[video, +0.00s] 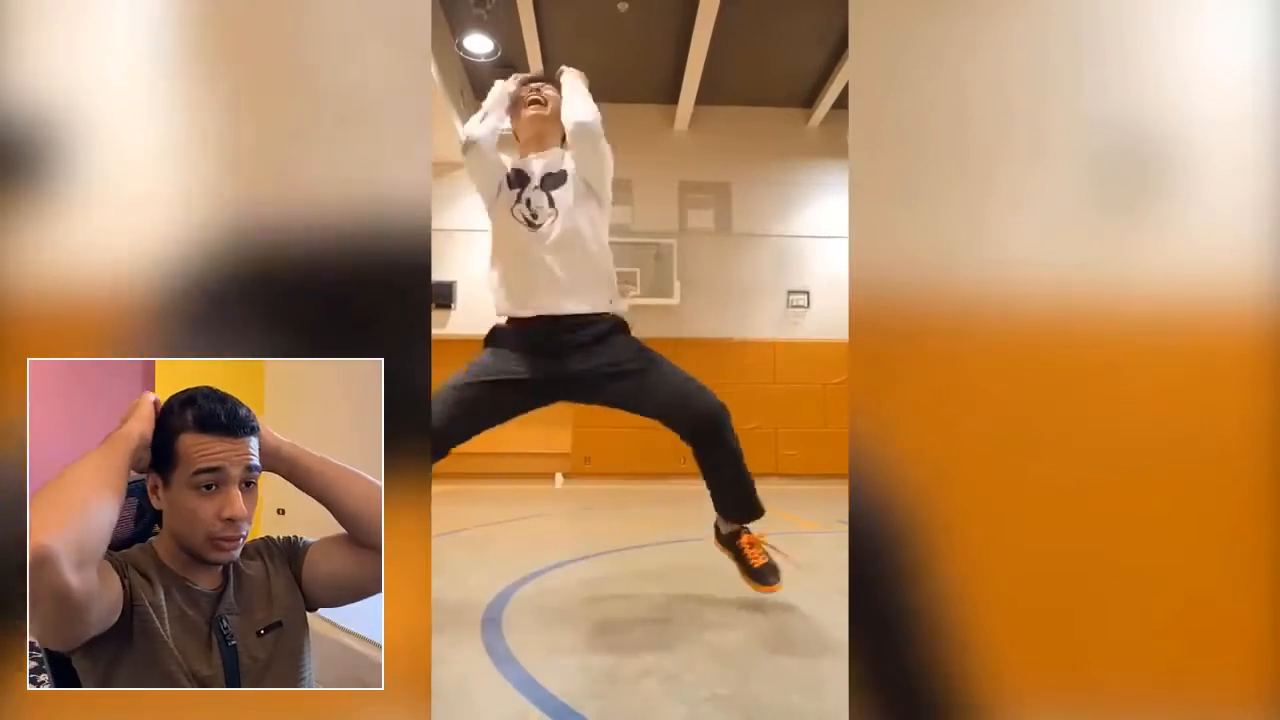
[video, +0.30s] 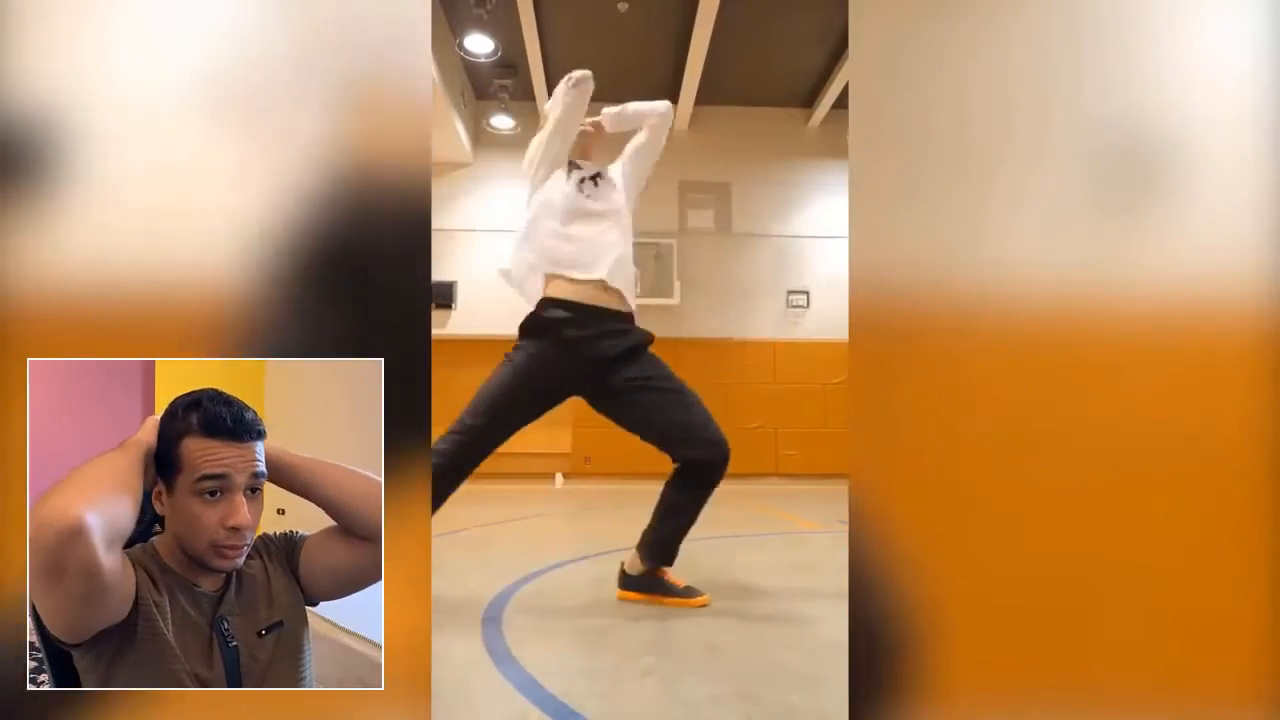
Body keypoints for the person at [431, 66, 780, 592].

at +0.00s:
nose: (534, 99)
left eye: (544, 95)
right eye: (524, 97)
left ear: (563, 118)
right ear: (511, 122)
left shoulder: (589, 172)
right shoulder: (499, 182)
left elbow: (584, 124)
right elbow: (475, 139)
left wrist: (572, 80)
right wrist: (501, 90)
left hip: (599, 345)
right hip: (516, 351)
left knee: (706, 415)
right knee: (424, 431)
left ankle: (735, 529)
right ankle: (367, 550)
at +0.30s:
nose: (589, 128)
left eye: (596, 124)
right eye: (578, 123)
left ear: (604, 141)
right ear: (559, 133)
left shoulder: (622, 182)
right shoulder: (545, 175)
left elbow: (661, 114)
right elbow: (578, 79)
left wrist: (599, 118)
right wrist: (570, 115)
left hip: (620, 341)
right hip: (552, 335)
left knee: (708, 454)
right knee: (456, 449)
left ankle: (645, 568)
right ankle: (371, 547)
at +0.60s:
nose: (647, 107)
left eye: (644, 104)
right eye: (637, 105)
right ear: (625, 118)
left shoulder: (663, 163)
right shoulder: (636, 140)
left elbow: (714, 160)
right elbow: (723, 112)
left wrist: (712, 102)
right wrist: (713, 66)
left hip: (689, 290)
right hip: (672, 291)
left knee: (733, 422)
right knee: (698, 430)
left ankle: (736, 547)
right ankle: (683, 567)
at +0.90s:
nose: (669, 166)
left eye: (667, 165)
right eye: (657, 170)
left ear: (681, 183)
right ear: (652, 197)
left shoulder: (726, 221)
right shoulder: (657, 224)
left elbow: (750, 282)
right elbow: (676, 287)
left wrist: (768, 336)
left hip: (745, 330)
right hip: (701, 336)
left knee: (786, 434)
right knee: (712, 424)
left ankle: (763, 535)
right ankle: (712, 550)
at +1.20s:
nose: (655, 210)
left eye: (662, 211)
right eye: (647, 213)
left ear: (674, 227)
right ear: (641, 233)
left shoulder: (700, 247)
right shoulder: (629, 262)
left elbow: (721, 300)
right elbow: (632, 315)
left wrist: (730, 348)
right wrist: (645, 364)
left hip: (706, 353)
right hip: (656, 360)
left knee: (750, 442)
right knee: (639, 448)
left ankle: (765, 535)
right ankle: (631, 518)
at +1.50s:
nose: (625, 215)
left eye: (634, 213)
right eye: (626, 213)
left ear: (647, 226)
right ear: (624, 229)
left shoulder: (659, 251)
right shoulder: (602, 273)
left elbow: (670, 304)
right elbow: (601, 324)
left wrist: (659, 348)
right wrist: (588, 363)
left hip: (649, 348)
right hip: (610, 355)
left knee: (673, 430)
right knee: (614, 439)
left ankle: (659, 492)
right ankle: (630, 522)